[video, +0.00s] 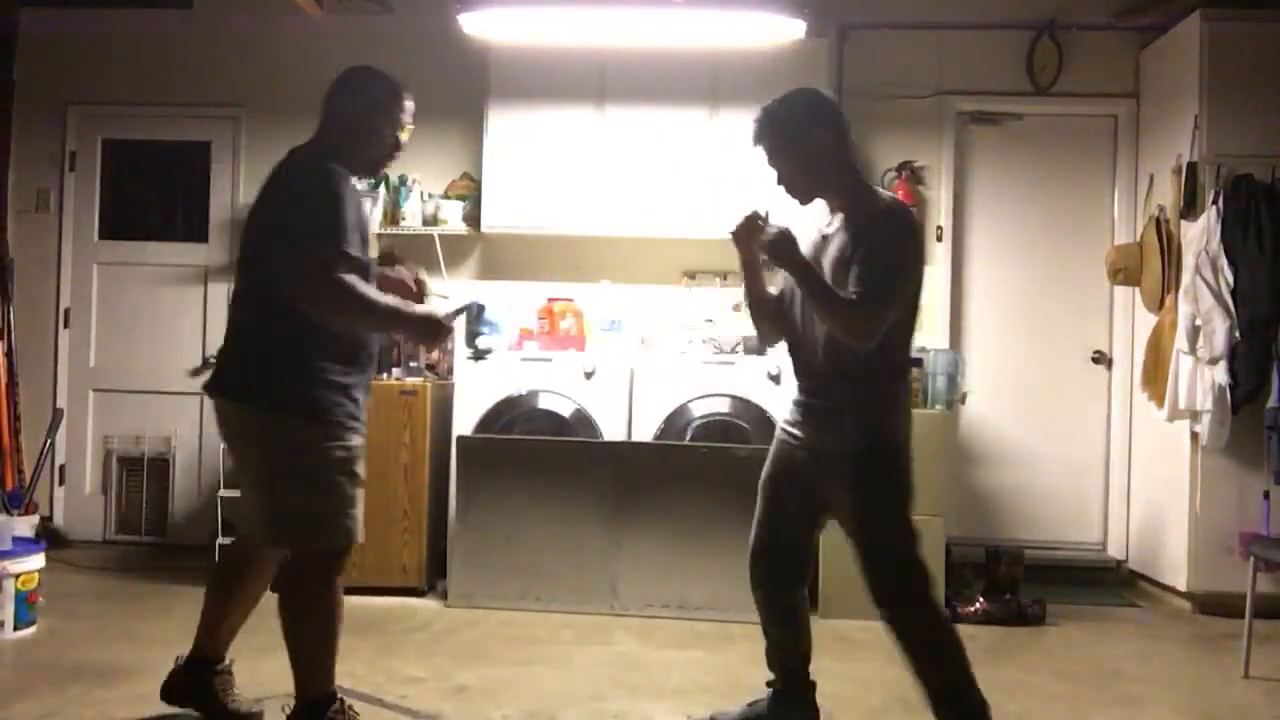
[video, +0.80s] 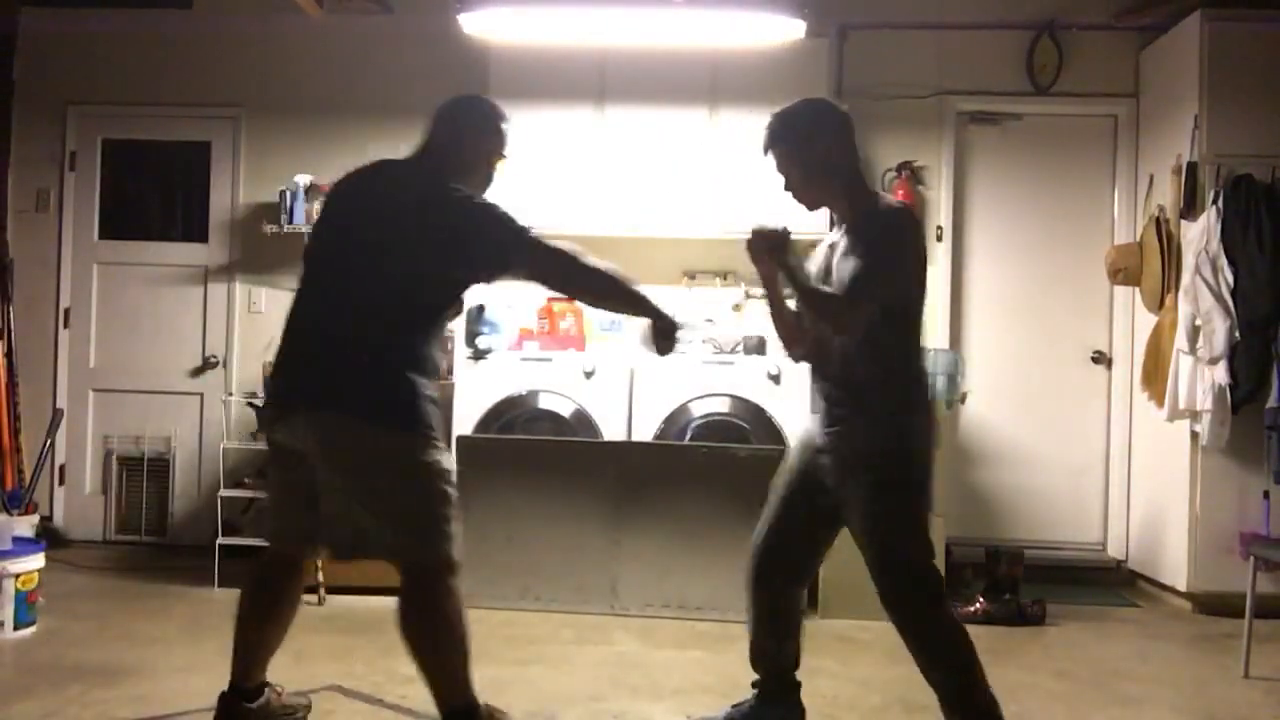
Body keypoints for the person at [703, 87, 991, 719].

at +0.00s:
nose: (776, 176)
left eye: (781, 159)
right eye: (770, 162)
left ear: (826, 143)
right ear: (809, 155)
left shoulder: (889, 224)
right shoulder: (807, 233)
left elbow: (864, 327)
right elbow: (772, 329)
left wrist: (794, 262)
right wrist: (750, 265)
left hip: (867, 440)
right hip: (800, 430)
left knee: (900, 592)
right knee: (773, 569)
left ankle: (967, 713)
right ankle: (791, 697)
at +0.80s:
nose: (784, 184)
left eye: (788, 166)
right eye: (779, 169)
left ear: (828, 153)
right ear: (825, 159)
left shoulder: (890, 226)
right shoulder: (833, 243)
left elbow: (846, 321)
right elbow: (801, 344)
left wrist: (784, 265)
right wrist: (771, 275)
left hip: (880, 439)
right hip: (826, 434)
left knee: (908, 592)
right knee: (773, 566)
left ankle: (978, 714)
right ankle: (775, 696)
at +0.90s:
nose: (783, 184)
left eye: (786, 167)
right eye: (778, 170)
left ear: (826, 154)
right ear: (833, 156)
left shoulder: (857, 221)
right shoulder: (869, 218)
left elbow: (766, 290)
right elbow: (874, 340)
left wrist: (706, 305)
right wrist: (818, 303)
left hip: (928, 427)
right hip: (880, 424)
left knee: (936, 586)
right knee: (822, 561)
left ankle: (989, 712)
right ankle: (784, 693)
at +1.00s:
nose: (796, 190)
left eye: (797, 174)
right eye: (791, 177)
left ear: (833, 157)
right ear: (844, 156)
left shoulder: (856, 233)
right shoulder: (910, 215)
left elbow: (780, 330)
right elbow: (941, 309)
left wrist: (697, 343)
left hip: (939, 427)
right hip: (901, 421)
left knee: (942, 595)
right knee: (856, 553)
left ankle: (992, 714)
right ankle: (838, 692)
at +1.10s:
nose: (814, 187)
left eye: (817, 170)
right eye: (809, 172)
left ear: (852, 158)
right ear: (864, 158)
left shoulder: (876, 241)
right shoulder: (931, 219)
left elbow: (844, 356)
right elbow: (927, 324)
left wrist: (785, 354)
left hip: (937, 430)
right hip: (915, 424)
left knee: (934, 600)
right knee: (862, 557)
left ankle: (990, 716)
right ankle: (843, 692)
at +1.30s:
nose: (842, 174)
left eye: (847, 157)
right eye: (838, 160)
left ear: (890, 144)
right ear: (885, 149)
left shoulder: (938, 217)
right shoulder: (906, 224)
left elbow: (928, 329)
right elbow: (904, 319)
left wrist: (853, 296)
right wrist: (851, 297)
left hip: (939, 433)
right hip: (891, 430)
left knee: (941, 600)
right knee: (844, 564)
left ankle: (990, 715)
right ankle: (853, 695)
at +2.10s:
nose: (832, 189)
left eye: (839, 171)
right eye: (827, 174)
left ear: (884, 161)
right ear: (872, 168)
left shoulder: (937, 237)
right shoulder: (873, 254)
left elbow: (894, 340)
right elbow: (850, 355)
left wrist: (829, 269)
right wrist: (816, 293)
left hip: (931, 443)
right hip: (870, 435)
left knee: (960, 604)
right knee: (810, 568)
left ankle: (1041, 714)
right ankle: (829, 699)